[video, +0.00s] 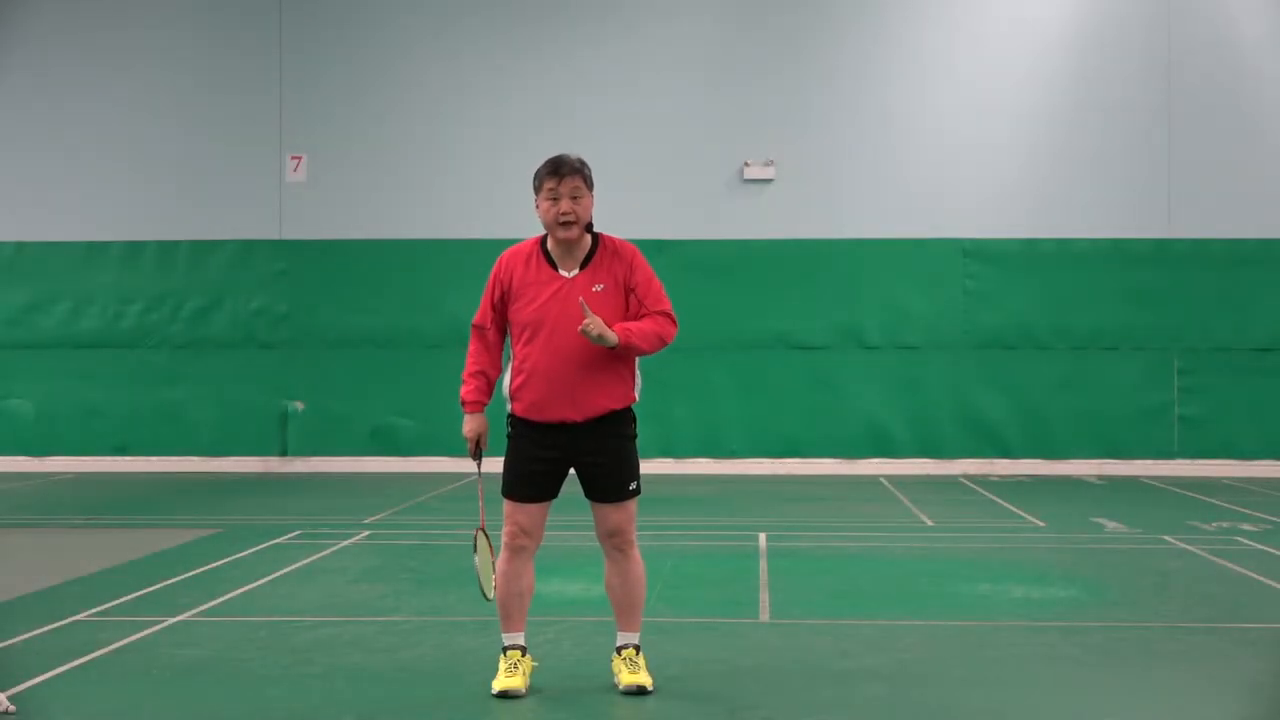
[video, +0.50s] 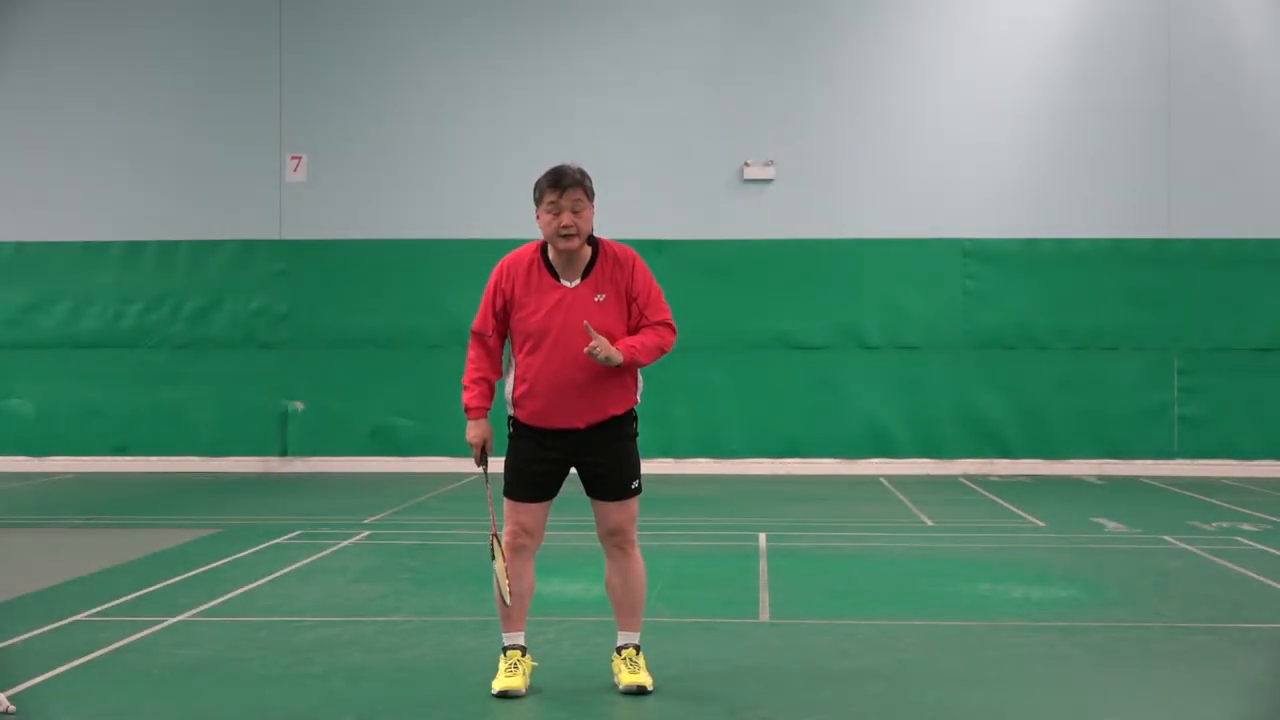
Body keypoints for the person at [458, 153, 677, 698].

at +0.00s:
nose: (564, 207)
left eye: (575, 196)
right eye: (553, 198)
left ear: (592, 201)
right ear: (538, 206)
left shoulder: (622, 258)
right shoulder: (512, 265)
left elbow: (664, 324)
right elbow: (485, 335)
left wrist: (618, 334)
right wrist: (474, 407)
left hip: (607, 423)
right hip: (533, 426)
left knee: (619, 537)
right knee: (518, 537)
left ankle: (629, 649)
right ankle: (513, 652)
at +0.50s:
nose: (565, 220)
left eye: (575, 209)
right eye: (554, 211)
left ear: (592, 212)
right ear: (538, 217)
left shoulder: (623, 265)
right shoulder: (512, 272)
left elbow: (663, 330)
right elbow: (485, 342)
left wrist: (624, 350)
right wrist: (477, 414)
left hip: (609, 427)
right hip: (535, 429)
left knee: (621, 537)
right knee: (519, 538)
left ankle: (629, 649)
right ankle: (514, 651)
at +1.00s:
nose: (568, 205)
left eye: (578, 195)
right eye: (557, 196)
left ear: (594, 199)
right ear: (541, 204)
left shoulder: (624, 254)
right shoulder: (514, 261)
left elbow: (663, 317)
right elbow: (486, 330)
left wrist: (614, 286)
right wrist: (471, 401)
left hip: (607, 420)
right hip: (533, 423)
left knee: (619, 536)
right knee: (518, 538)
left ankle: (629, 650)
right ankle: (513, 652)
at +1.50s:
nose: (561, 210)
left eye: (571, 199)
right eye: (550, 201)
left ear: (588, 204)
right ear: (535, 208)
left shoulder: (616, 252)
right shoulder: (510, 264)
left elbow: (662, 308)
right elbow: (485, 335)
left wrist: (605, 278)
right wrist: (474, 407)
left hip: (607, 421)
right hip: (535, 425)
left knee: (620, 537)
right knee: (519, 538)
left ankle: (629, 650)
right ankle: (513, 652)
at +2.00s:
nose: (555, 218)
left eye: (565, 207)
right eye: (543, 208)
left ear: (582, 212)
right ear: (528, 215)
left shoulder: (611, 258)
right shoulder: (504, 269)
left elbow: (659, 317)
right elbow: (480, 339)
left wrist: (603, 298)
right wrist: (470, 411)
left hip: (605, 425)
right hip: (532, 428)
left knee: (619, 537)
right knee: (517, 537)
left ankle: (629, 650)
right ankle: (513, 651)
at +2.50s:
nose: (555, 215)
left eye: (566, 205)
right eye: (544, 206)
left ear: (582, 211)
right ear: (528, 213)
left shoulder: (610, 258)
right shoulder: (505, 269)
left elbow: (660, 314)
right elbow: (480, 340)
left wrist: (602, 293)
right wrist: (471, 412)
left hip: (605, 425)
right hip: (532, 428)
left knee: (619, 536)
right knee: (518, 537)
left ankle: (630, 650)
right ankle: (513, 652)